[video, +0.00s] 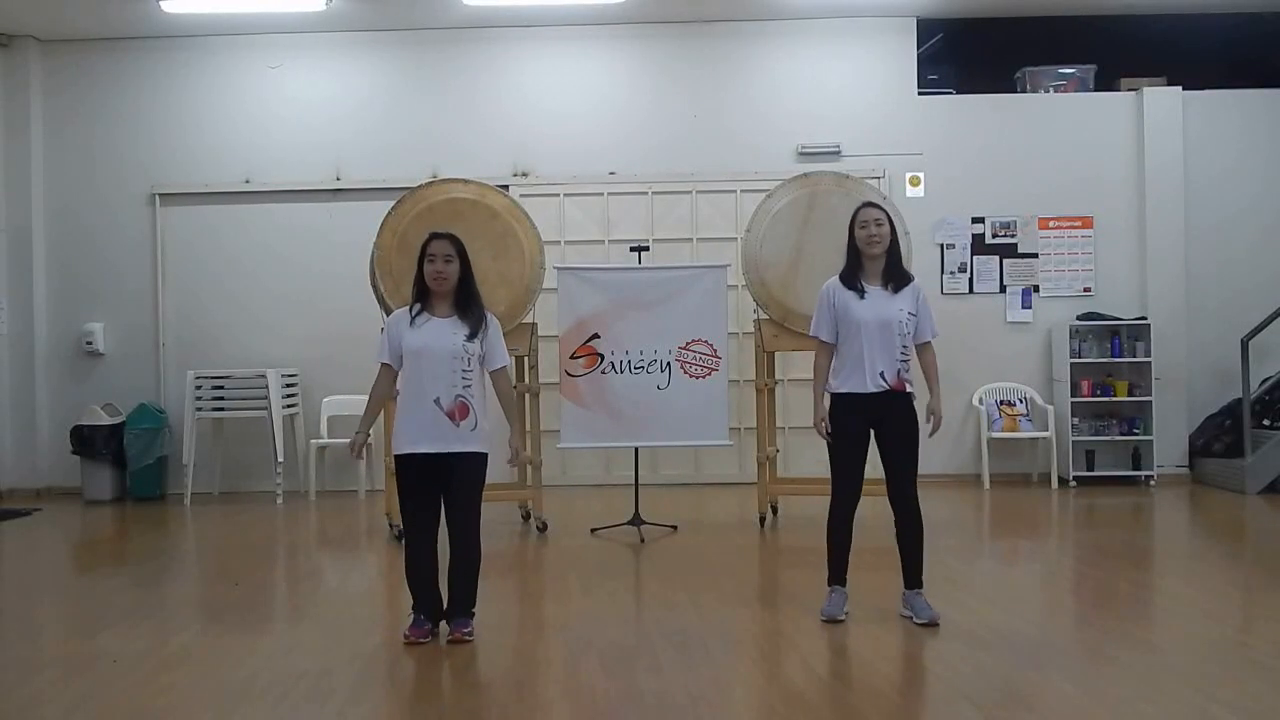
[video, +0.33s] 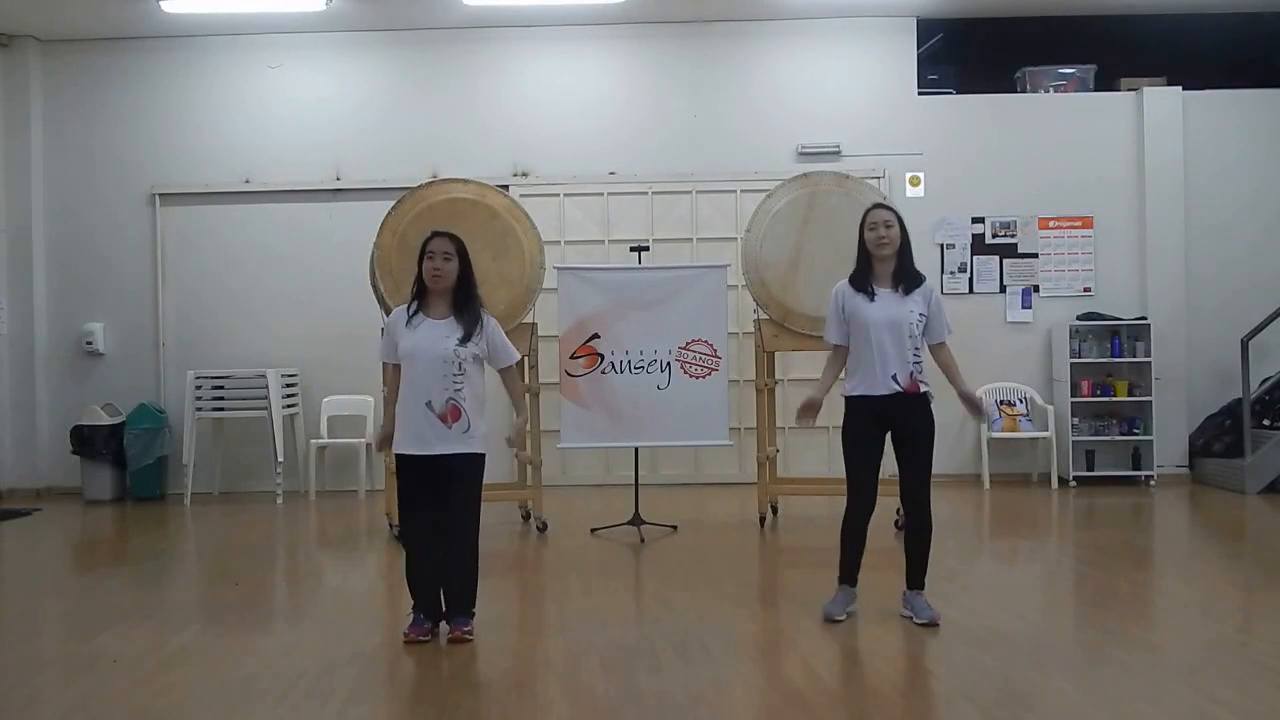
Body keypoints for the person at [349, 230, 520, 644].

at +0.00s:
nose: (439, 267)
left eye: (448, 260)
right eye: (431, 260)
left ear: (462, 267)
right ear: (421, 268)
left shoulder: (483, 322)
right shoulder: (400, 321)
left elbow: (502, 382)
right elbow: (387, 379)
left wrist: (517, 432)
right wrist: (363, 429)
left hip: (467, 447)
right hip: (413, 447)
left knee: (464, 534)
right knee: (418, 535)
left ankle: (461, 615)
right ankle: (424, 614)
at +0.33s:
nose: (436, 265)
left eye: (446, 258)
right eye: (430, 257)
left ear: (461, 268)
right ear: (420, 266)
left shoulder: (480, 322)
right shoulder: (399, 320)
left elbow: (509, 369)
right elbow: (393, 376)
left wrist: (522, 415)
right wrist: (388, 423)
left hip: (465, 445)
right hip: (413, 444)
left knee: (461, 531)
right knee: (418, 532)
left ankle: (461, 614)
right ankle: (424, 612)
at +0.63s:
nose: (425, 268)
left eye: (437, 262)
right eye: (421, 260)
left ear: (453, 274)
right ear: (413, 268)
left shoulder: (467, 324)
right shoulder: (394, 321)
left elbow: (479, 381)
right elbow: (371, 370)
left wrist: (462, 369)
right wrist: (324, 368)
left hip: (453, 448)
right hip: (402, 446)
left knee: (455, 535)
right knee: (385, 524)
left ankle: (459, 616)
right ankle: (401, 592)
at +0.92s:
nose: (398, 262)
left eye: (409, 258)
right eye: (393, 255)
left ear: (423, 273)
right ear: (381, 268)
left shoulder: (433, 319)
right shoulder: (360, 318)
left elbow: (435, 367)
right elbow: (326, 367)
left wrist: (391, 353)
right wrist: (327, 351)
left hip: (419, 448)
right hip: (366, 447)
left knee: (434, 536)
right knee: (362, 537)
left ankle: (457, 614)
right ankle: (359, 619)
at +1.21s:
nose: (369, 261)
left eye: (375, 256)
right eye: (359, 258)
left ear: (389, 268)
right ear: (348, 274)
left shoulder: (418, 320)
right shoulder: (334, 327)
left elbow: (463, 357)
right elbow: (294, 372)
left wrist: (515, 375)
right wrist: (245, 402)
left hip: (400, 446)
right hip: (348, 448)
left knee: (393, 534)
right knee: (351, 538)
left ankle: (394, 614)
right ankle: (358, 618)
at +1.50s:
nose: (370, 266)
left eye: (375, 259)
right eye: (358, 264)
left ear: (387, 269)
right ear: (347, 281)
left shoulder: (416, 318)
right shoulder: (337, 327)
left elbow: (467, 318)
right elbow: (291, 339)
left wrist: (501, 279)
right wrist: (258, 313)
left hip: (411, 449)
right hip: (355, 454)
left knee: (426, 531)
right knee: (356, 544)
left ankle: (422, 600)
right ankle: (359, 620)